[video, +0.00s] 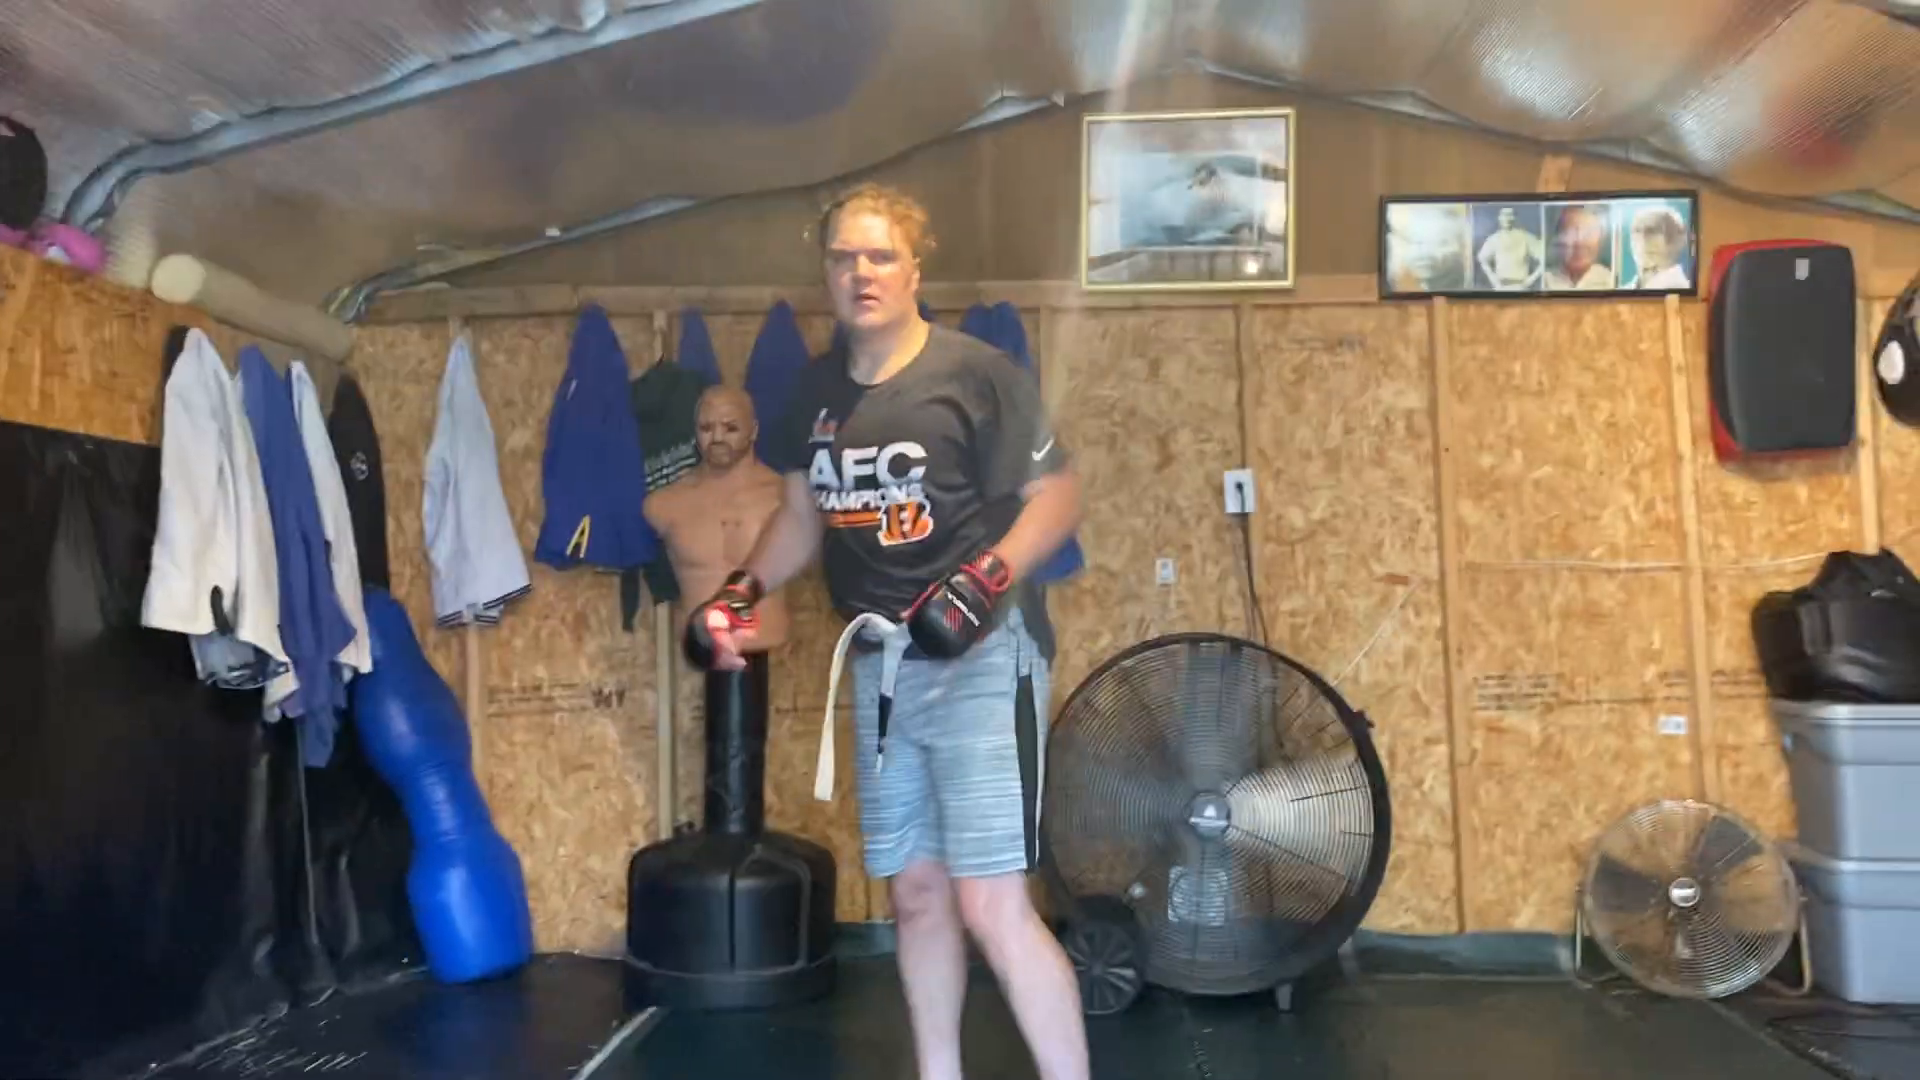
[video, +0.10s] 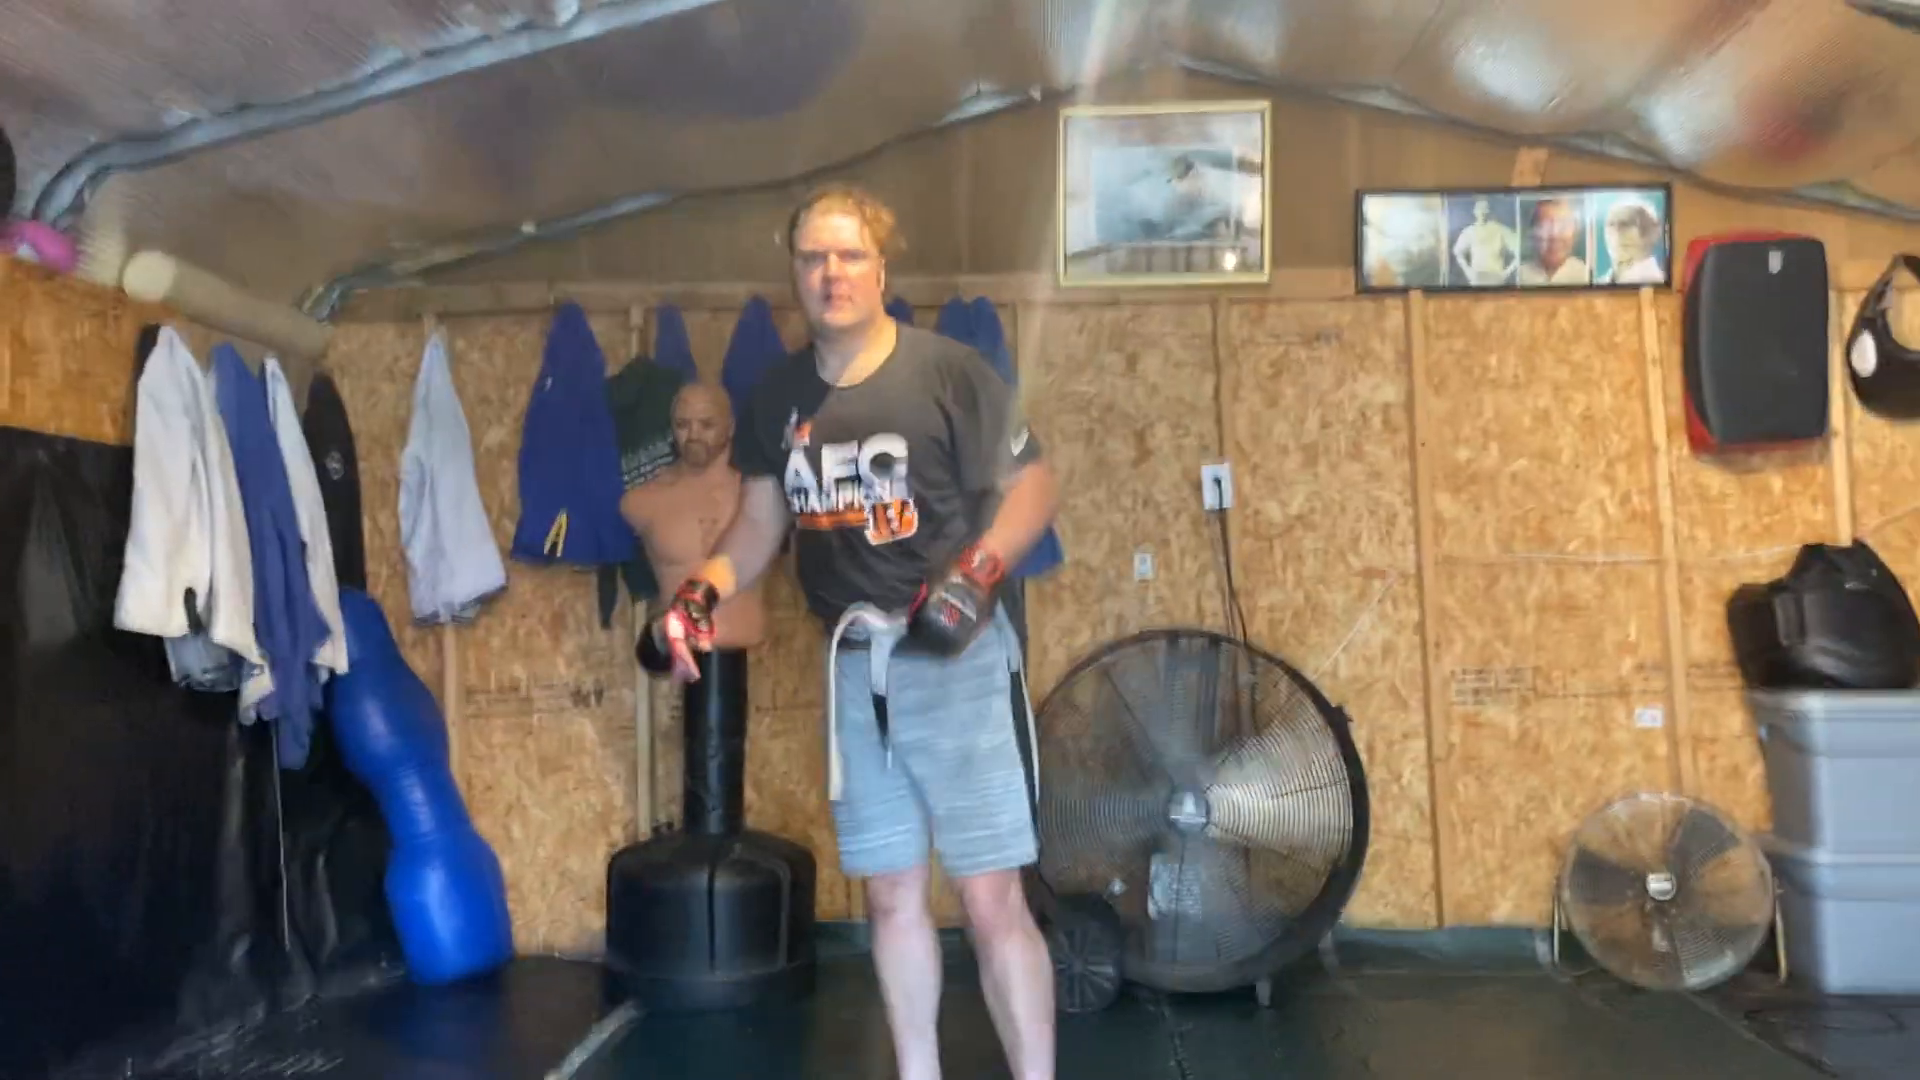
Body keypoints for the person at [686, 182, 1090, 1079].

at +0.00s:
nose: (861, 274)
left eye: (880, 258)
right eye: (844, 259)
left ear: (915, 272)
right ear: (825, 276)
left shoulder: (981, 374)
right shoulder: (819, 390)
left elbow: (1058, 495)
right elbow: (800, 517)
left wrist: (985, 578)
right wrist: (742, 592)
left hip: (979, 659)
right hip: (880, 665)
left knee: (990, 896)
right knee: (917, 892)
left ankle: (1070, 1074)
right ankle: (940, 1076)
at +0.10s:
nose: (831, 274)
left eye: (850, 257)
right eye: (814, 259)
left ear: (883, 271)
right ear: (795, 277)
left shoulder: (950, 370)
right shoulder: (779, 396)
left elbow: (1033, 486)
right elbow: (756, 524)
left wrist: (976, 572)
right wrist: (704, 591)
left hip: (958, 655)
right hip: (856, 665)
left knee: (991, 896)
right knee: (892, 893)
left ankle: (1036, 1075)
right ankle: (919, 1075)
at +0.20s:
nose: (823, 273)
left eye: (841, 257)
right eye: (805, 259)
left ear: (873, 270)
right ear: (784, 279)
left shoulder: (945, 370)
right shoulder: (767, 401)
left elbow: (1025, 481)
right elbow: (742, 543)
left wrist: (976, 560)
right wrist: (687, 606)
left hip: (956, 653)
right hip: (843, 664)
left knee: (998, 891)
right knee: (882, 887)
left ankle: (1040, 1074)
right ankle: (912, 1074)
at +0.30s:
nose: (822, 270)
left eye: (839, 254)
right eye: (804, 257)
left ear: (870, 268)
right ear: (783, 276)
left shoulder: (940, 366)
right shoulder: (761, 398)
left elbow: (1017, 478)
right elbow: (740, 536)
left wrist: (976, 556)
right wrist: (710, 594)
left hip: (955, 651)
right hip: (841, 664)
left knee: (997, 882)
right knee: (879, 886)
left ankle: (1044, 1072)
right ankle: (908, 1073)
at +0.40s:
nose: (828, 269)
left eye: (845, 252)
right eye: (811, 254)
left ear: (874, 268)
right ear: (788, 274)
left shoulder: (944, 366)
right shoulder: (761, 394)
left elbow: (1015, 479)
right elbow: (743, 524)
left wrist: (978, 558)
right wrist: (733, 583)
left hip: (956, 649)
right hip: (839, 661)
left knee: (992, 883)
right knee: (876, 887)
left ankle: (1036, 1073)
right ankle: (905, 1074)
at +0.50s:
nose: (842, 264)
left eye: (859, 249)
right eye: (824, 250)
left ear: (889, 266)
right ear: (802, 270)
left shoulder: (953, 367)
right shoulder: (769, 389)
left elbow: (1021, 483)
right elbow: (748, 520)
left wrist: (984, 559)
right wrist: (754, 575)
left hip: (957, 649)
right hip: (837, 658)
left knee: (992, 884)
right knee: (874, 885)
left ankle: (1031, 1074)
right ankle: (903, 1075)